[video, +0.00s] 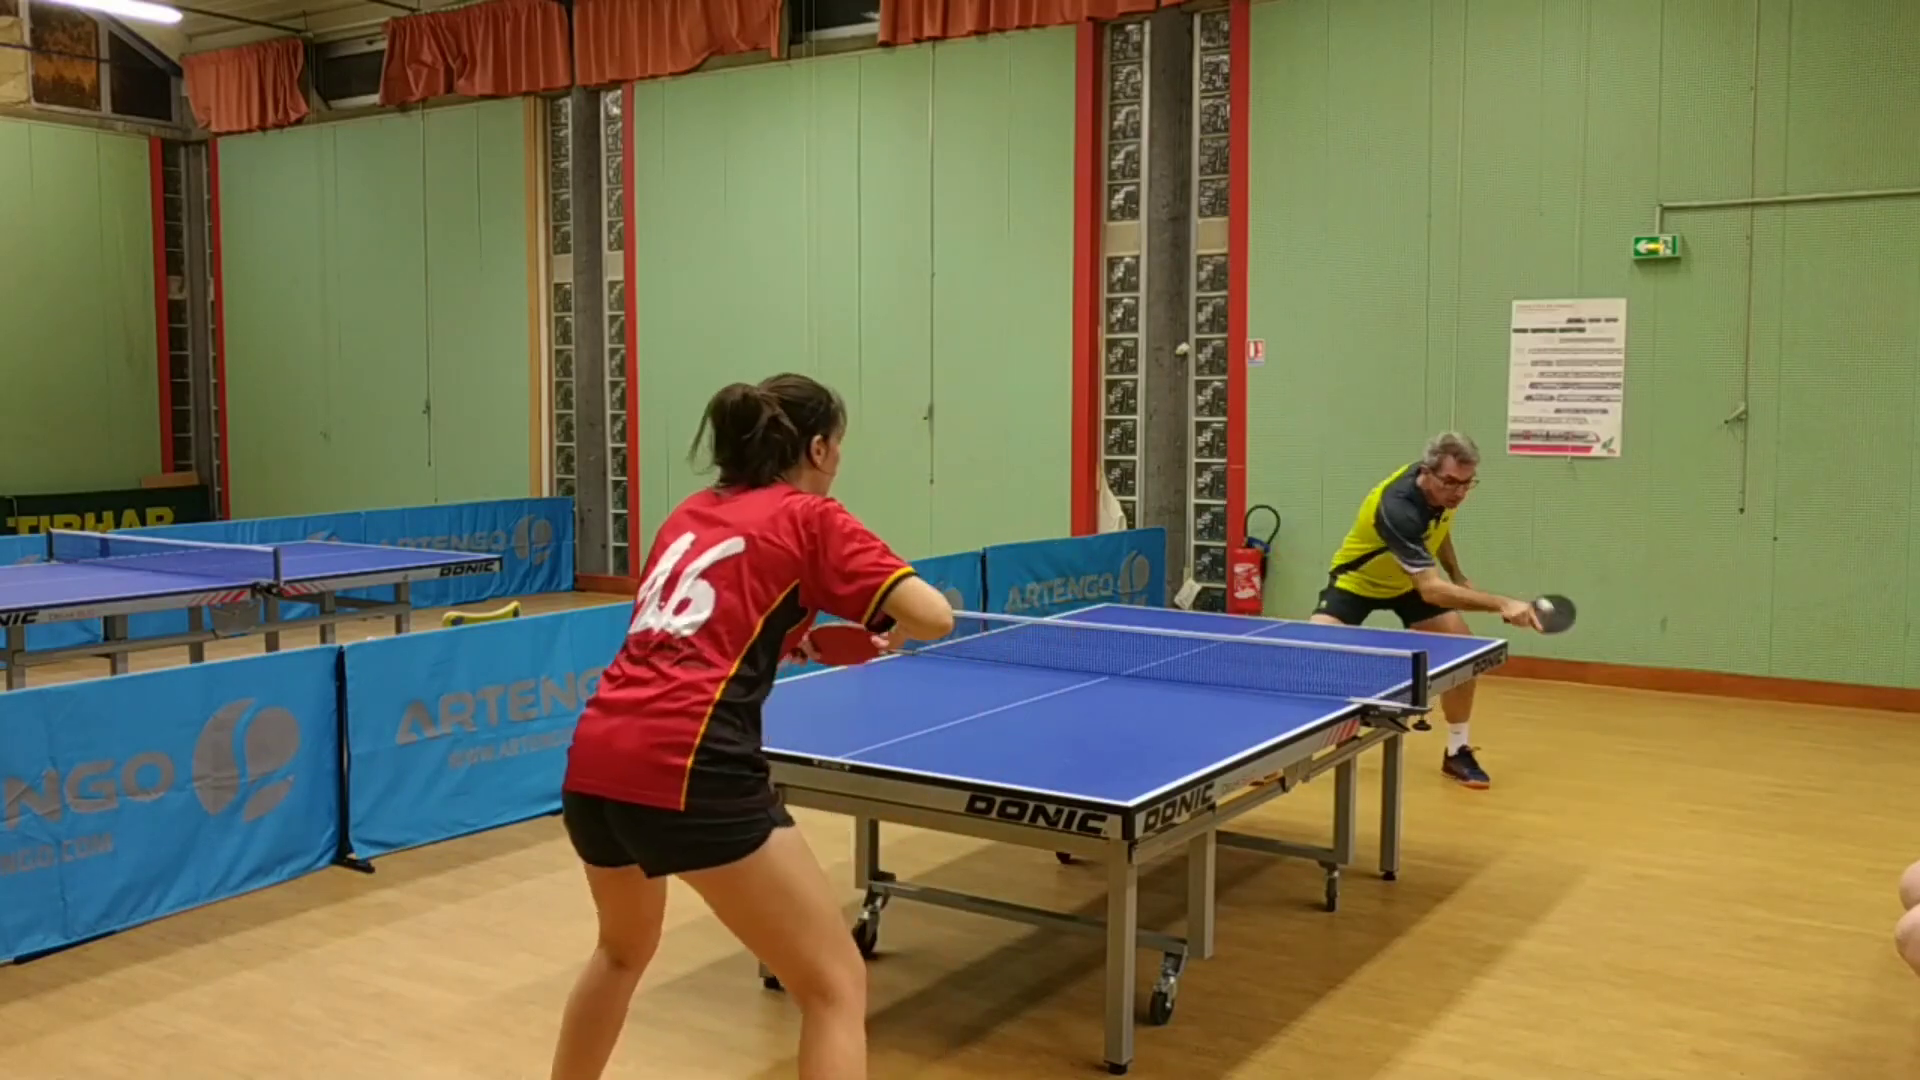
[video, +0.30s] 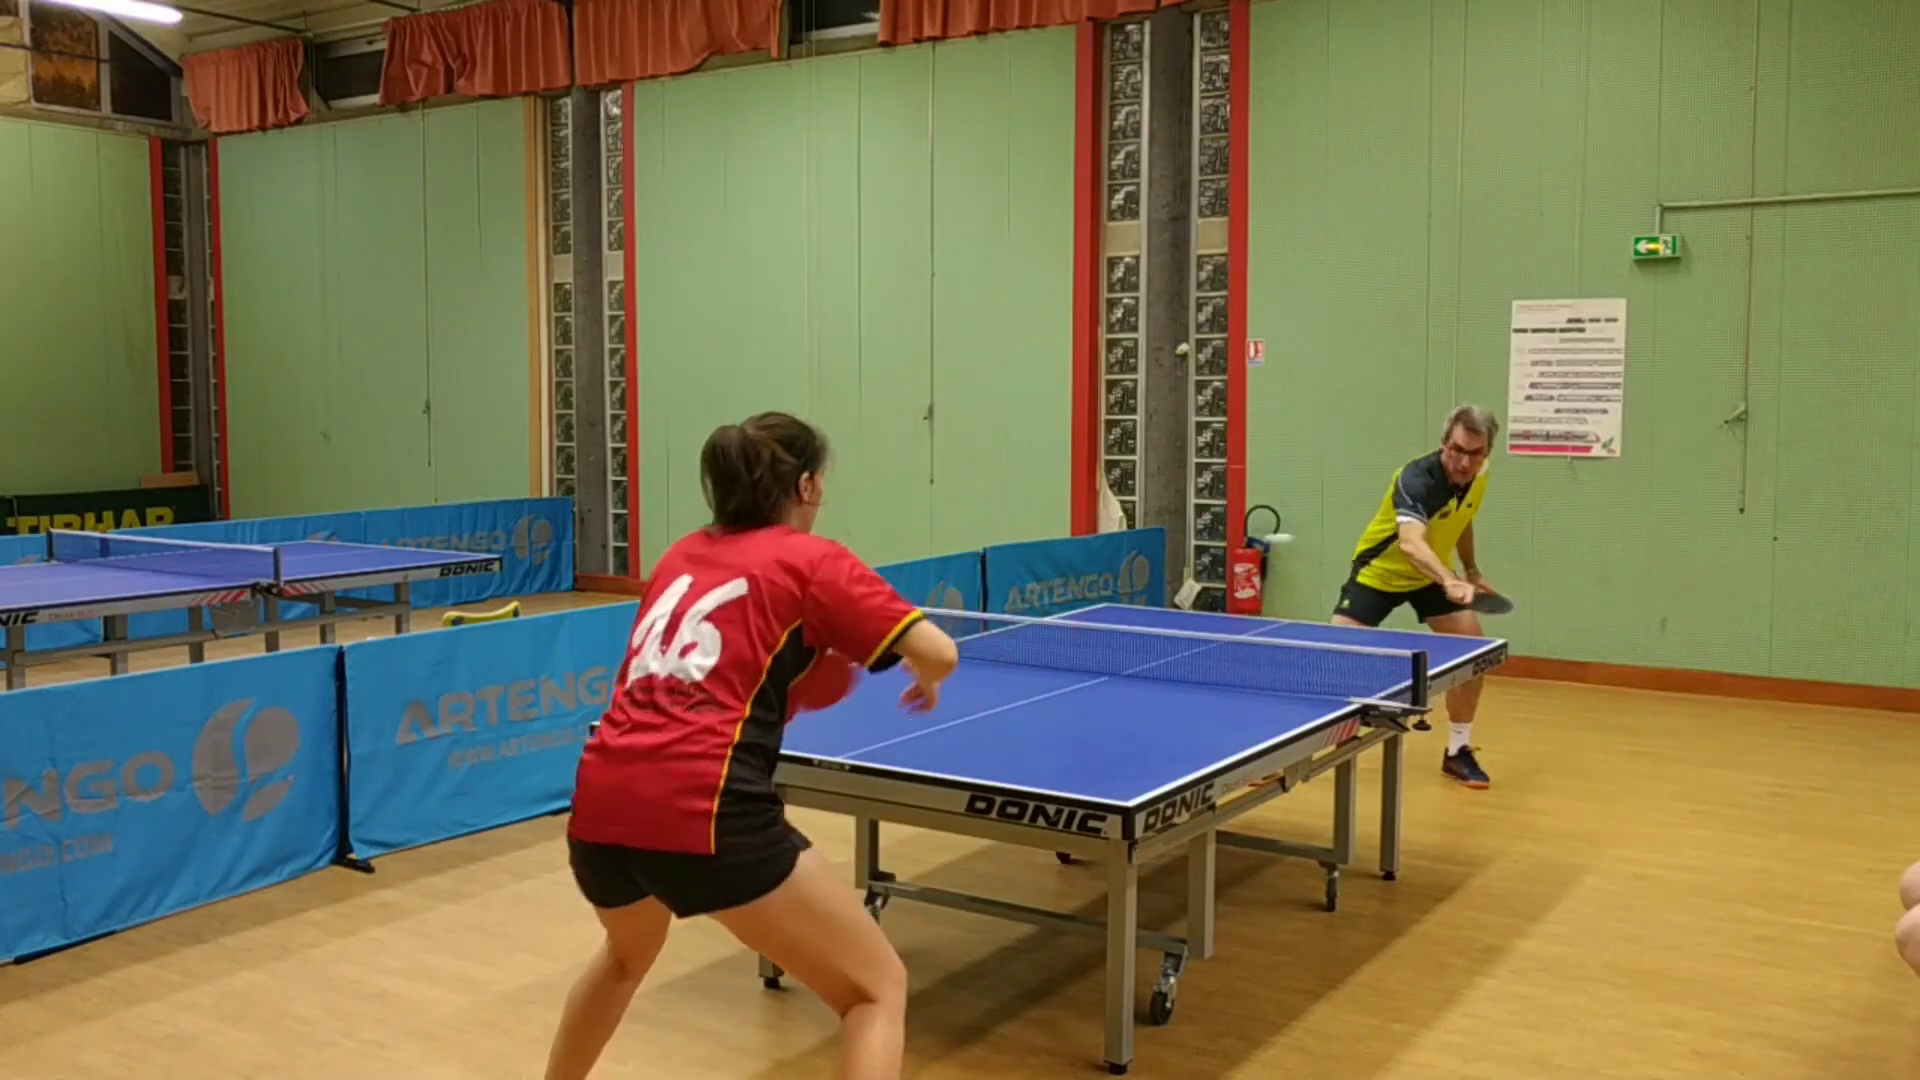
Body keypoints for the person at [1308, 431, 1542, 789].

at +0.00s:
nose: (1459, 492)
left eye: (1466, 484)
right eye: (1451, 483)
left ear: (1473, 479)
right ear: (1426, 473)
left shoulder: (1445, 494)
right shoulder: (1398, 508)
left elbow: (1439, 533)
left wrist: (1457, 577)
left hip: (1410, 583)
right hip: (1356, 583)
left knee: (1460, 649)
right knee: (1314, 650)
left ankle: (1458, 751)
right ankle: (1276, 754)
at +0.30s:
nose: (1463, 462)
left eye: (1474, 455)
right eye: (1456, 450)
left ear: (1486, 454)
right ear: (1443, 442)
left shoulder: (1479, 476)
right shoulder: (1416, 477)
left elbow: (1463, 524)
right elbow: (1410, 542)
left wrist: (1471, 572)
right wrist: (1446, 579)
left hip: (1431, 577)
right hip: (1379, 573)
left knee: (1472, 652)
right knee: (1337, 651)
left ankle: (1459, 751)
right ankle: (1287, 751)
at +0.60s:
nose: (1426, 434)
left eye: (1436, 425)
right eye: (1420, 424)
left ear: (1455, 423)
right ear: (1411, 420)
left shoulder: (1470, 455)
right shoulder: (1388, 462)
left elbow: (1473, 508)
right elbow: (1359, 533)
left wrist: (1489, 567)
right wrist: (1386, 576)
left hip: (1449, 565)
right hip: (1391, 569)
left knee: (1496, 644)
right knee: (1354, 647)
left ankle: (1487, 741)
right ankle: (1340, 743)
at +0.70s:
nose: (1414, 440)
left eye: (1424, 430)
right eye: (1408, 429)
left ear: (1445, 429)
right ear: (1400, 427)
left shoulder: (1468, 463)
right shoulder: (1378, 473)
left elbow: (1484, 517)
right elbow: (1350, 538)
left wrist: (1503, 575)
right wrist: (1363, 583)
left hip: (1457, 573)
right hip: (1395, 575)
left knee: (1511, 653)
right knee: (1357, 644)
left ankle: (1534, 739)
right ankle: (1341, 743)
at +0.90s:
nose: (1425, 441)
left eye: (1435, 431)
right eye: (1419, 432)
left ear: (1457, 429)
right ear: (1412, 432)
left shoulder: (1494, 467)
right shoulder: (1404, 476)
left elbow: (1530, 521)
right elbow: (1385, 534)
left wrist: (1544, 587)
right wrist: (1371, 578)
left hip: (1495, 581)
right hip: (1433, 578)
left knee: (1548, 669)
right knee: (1391, 638)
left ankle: (1578, 748)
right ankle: (1344, 740)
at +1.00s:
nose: (1439, 435)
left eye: (1448, 424)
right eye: (1432, 425)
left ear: (1471, 421)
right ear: (1427, 426)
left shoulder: (1514, 456)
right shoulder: (1428, 466)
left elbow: (1555, 510)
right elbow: (1413, 523)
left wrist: (1558, 574)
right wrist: (1397, 565)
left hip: (1522, 570)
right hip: (1459, 567)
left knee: (1560, 665)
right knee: (1412, 628)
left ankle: (1583, 747)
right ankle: (1381, 726)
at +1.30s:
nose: (1463, 419)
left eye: (1470, 408)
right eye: (1457, 411)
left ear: (1496, 400)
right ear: (1453, 409)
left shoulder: (1541, 436)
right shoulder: (1458, 439)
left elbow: (1577, 490)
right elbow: (1461, 490)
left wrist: (1582, 553)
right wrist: (1447, 543)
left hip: (1544, 552)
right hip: (1487, 554)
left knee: (1565, 646)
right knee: (1459, 627)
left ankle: (1586, 740)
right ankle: (1433, 729)